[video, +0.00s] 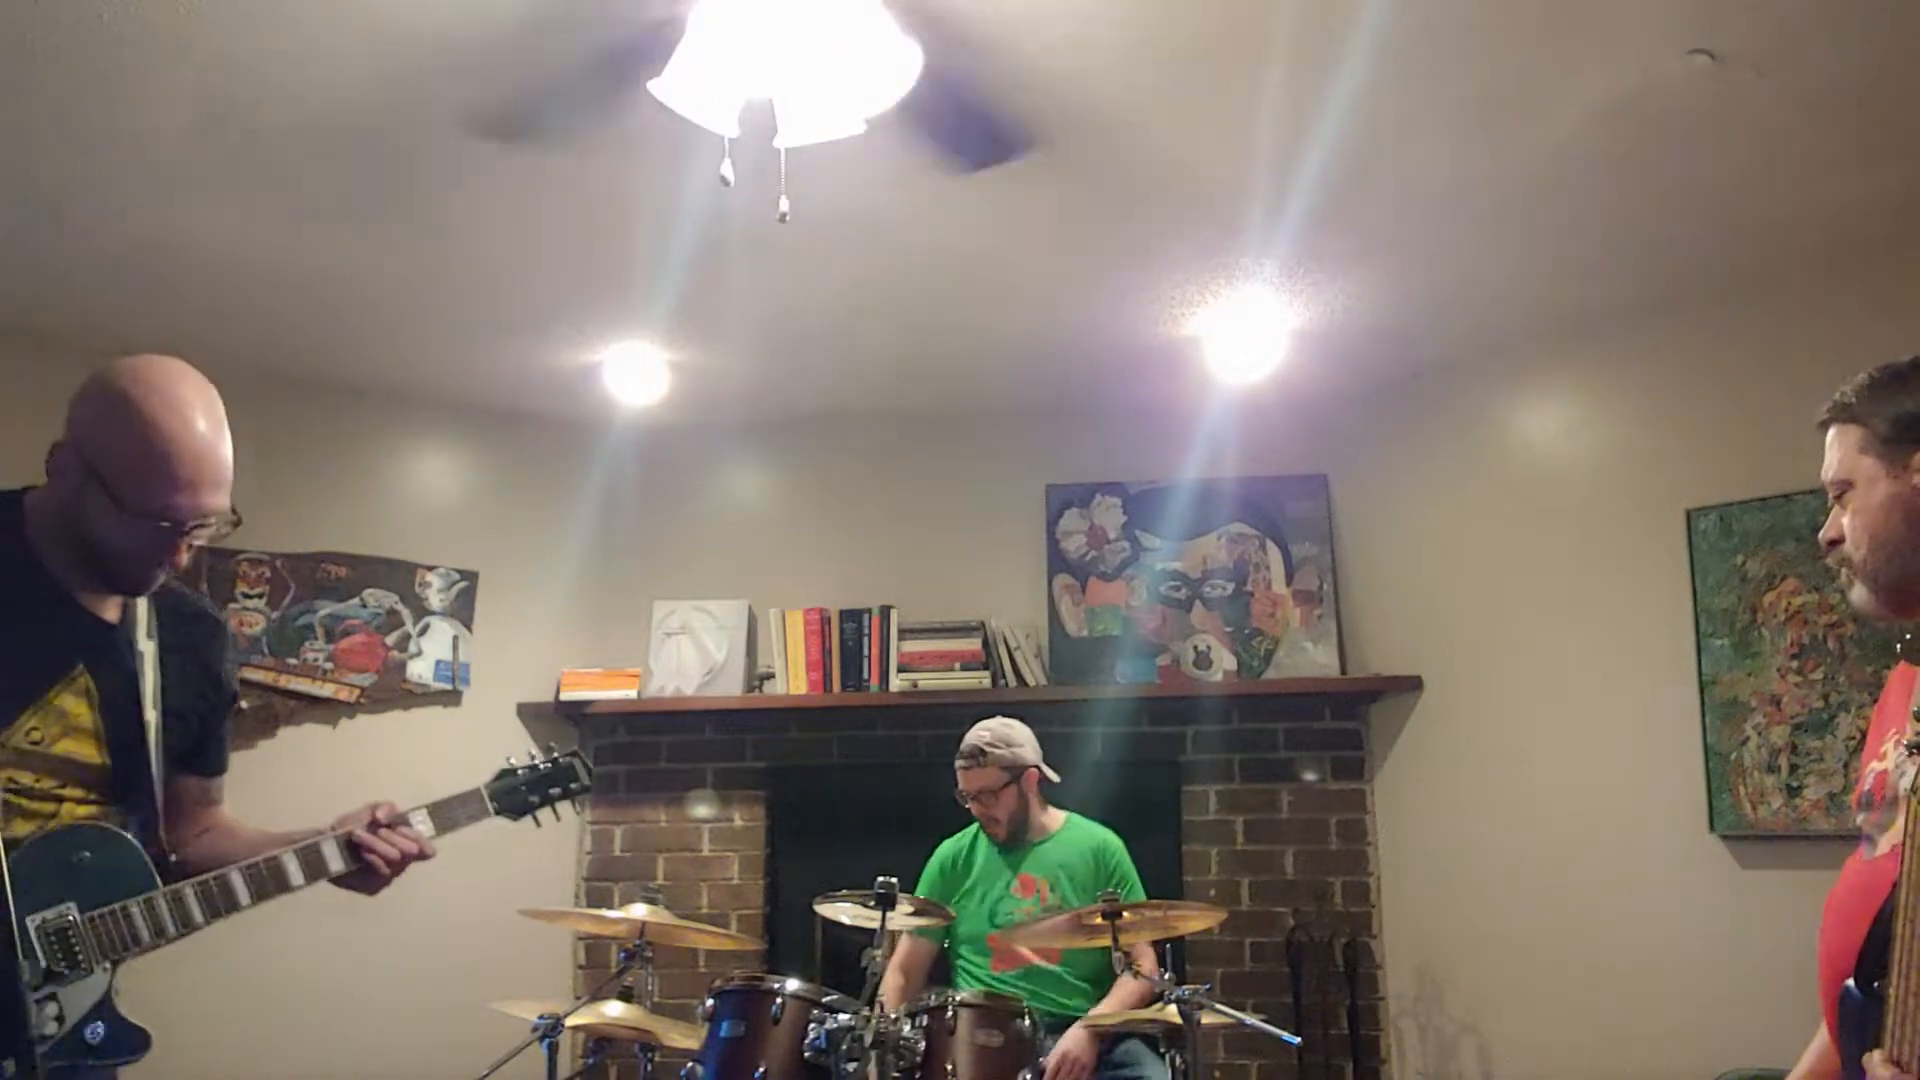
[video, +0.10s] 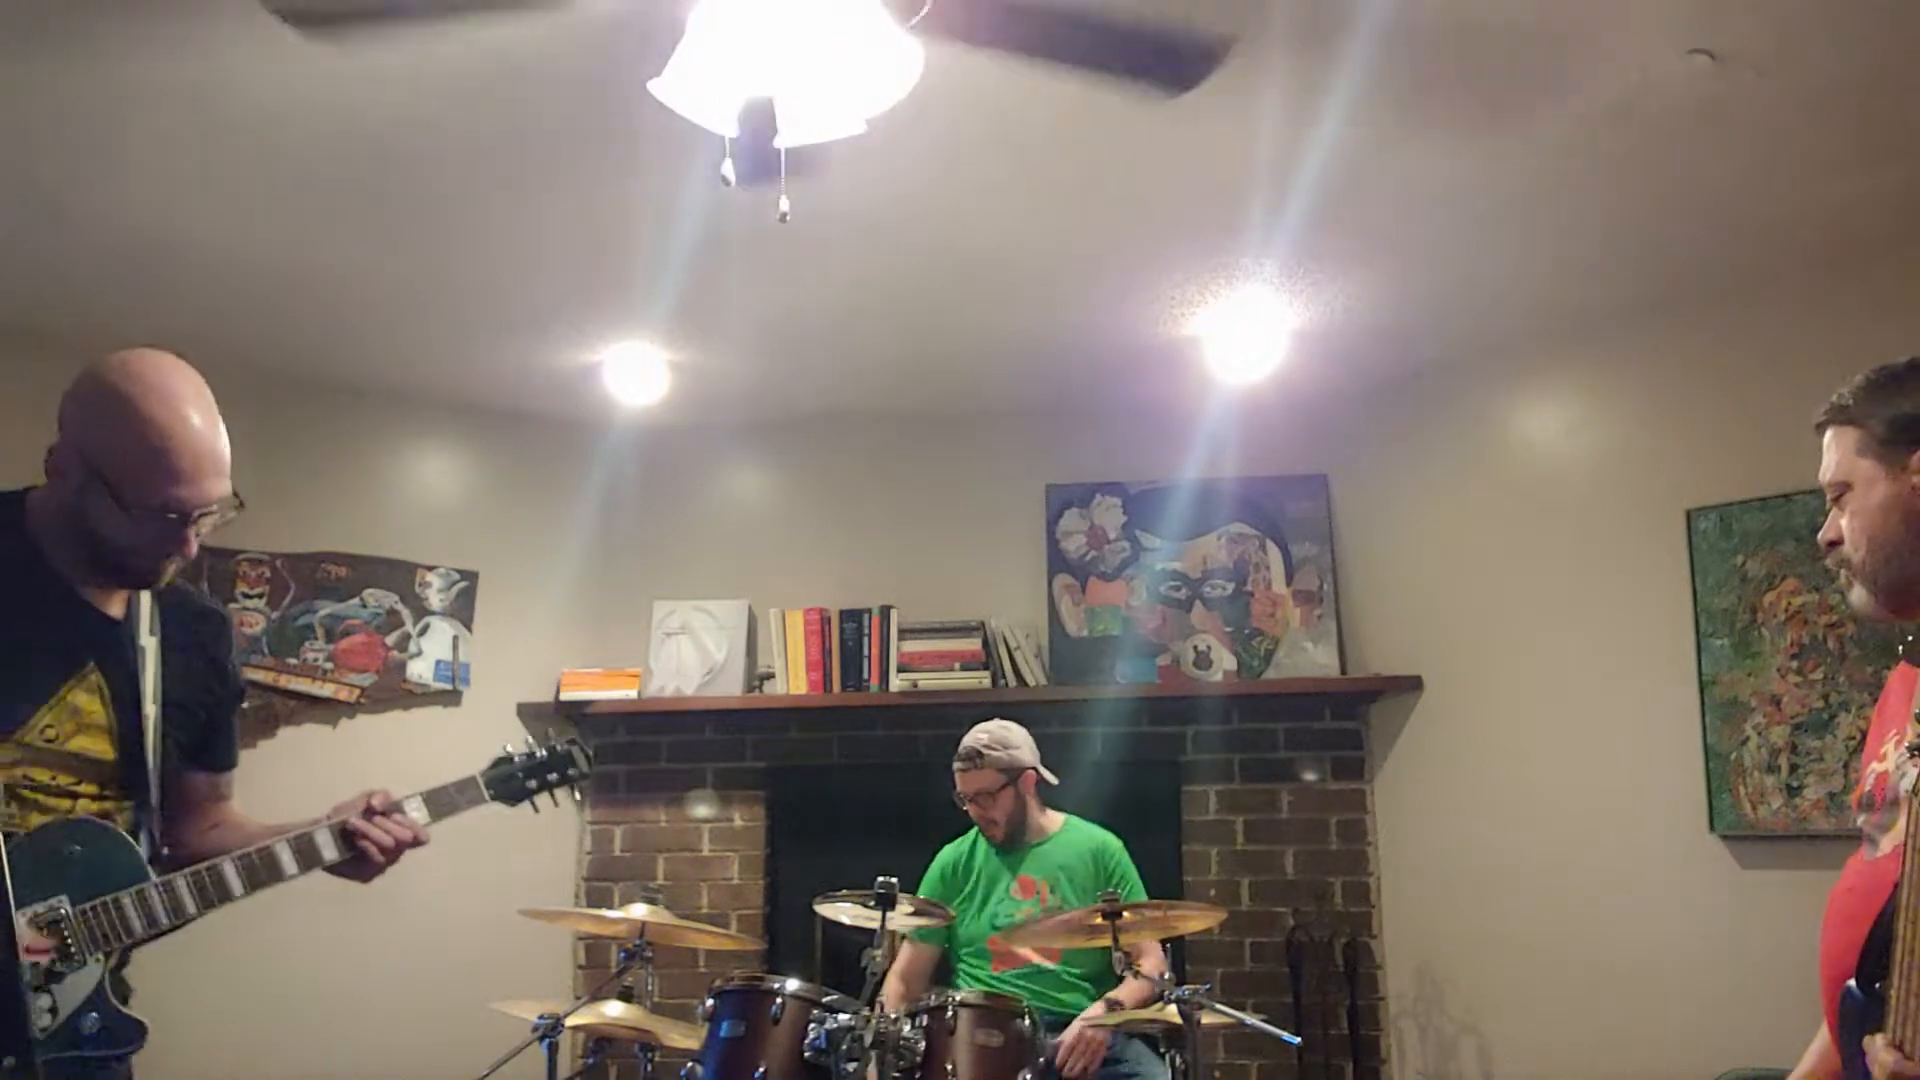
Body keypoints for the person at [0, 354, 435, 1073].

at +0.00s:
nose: (182, 556)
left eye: (204, 527)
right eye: (162, 527)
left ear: (223, 495)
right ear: (65, 470)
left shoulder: (189, 635)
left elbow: (190, 835)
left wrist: (328, 846)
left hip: (61, 1029)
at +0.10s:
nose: (190, 547)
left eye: (209, 515)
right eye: (166, 518)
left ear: (226, 484)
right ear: (66, 472)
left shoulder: (191, 630)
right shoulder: (9, 569)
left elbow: (195, 827)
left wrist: (324, 840)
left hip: (77, 1030)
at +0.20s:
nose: (196, 534)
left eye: (211, 501)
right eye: (164, 508)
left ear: (226, 470)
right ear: (64, 468)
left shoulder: (195, 628)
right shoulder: (10, 570)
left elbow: (198, 819)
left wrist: (324, 818)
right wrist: (3, 895)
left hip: (92, 1026)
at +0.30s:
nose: (194, 522)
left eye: (207, 491)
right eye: (162, 498)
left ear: (220, 462)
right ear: (56, 463)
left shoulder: (197, 621)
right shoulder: (9, 570)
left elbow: (208, 814)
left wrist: (331, 807)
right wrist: (8, 910)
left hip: (105, 1028)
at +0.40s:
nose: (192, 505)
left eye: (205, 470)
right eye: (156, 481)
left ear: (210, 442)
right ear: (53, 460)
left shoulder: (195, 619)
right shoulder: (9, 578)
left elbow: (216, 812)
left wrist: (348, 796)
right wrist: (11, 914)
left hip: (113, 1029)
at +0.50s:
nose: (193, 491)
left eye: (200, 457)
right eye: (156, 466)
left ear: (206, 435)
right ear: (49, 453)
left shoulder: (192, 616)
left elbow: (219, 809)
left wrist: (353, 789)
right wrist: (13, 913)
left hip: (118, 1030)